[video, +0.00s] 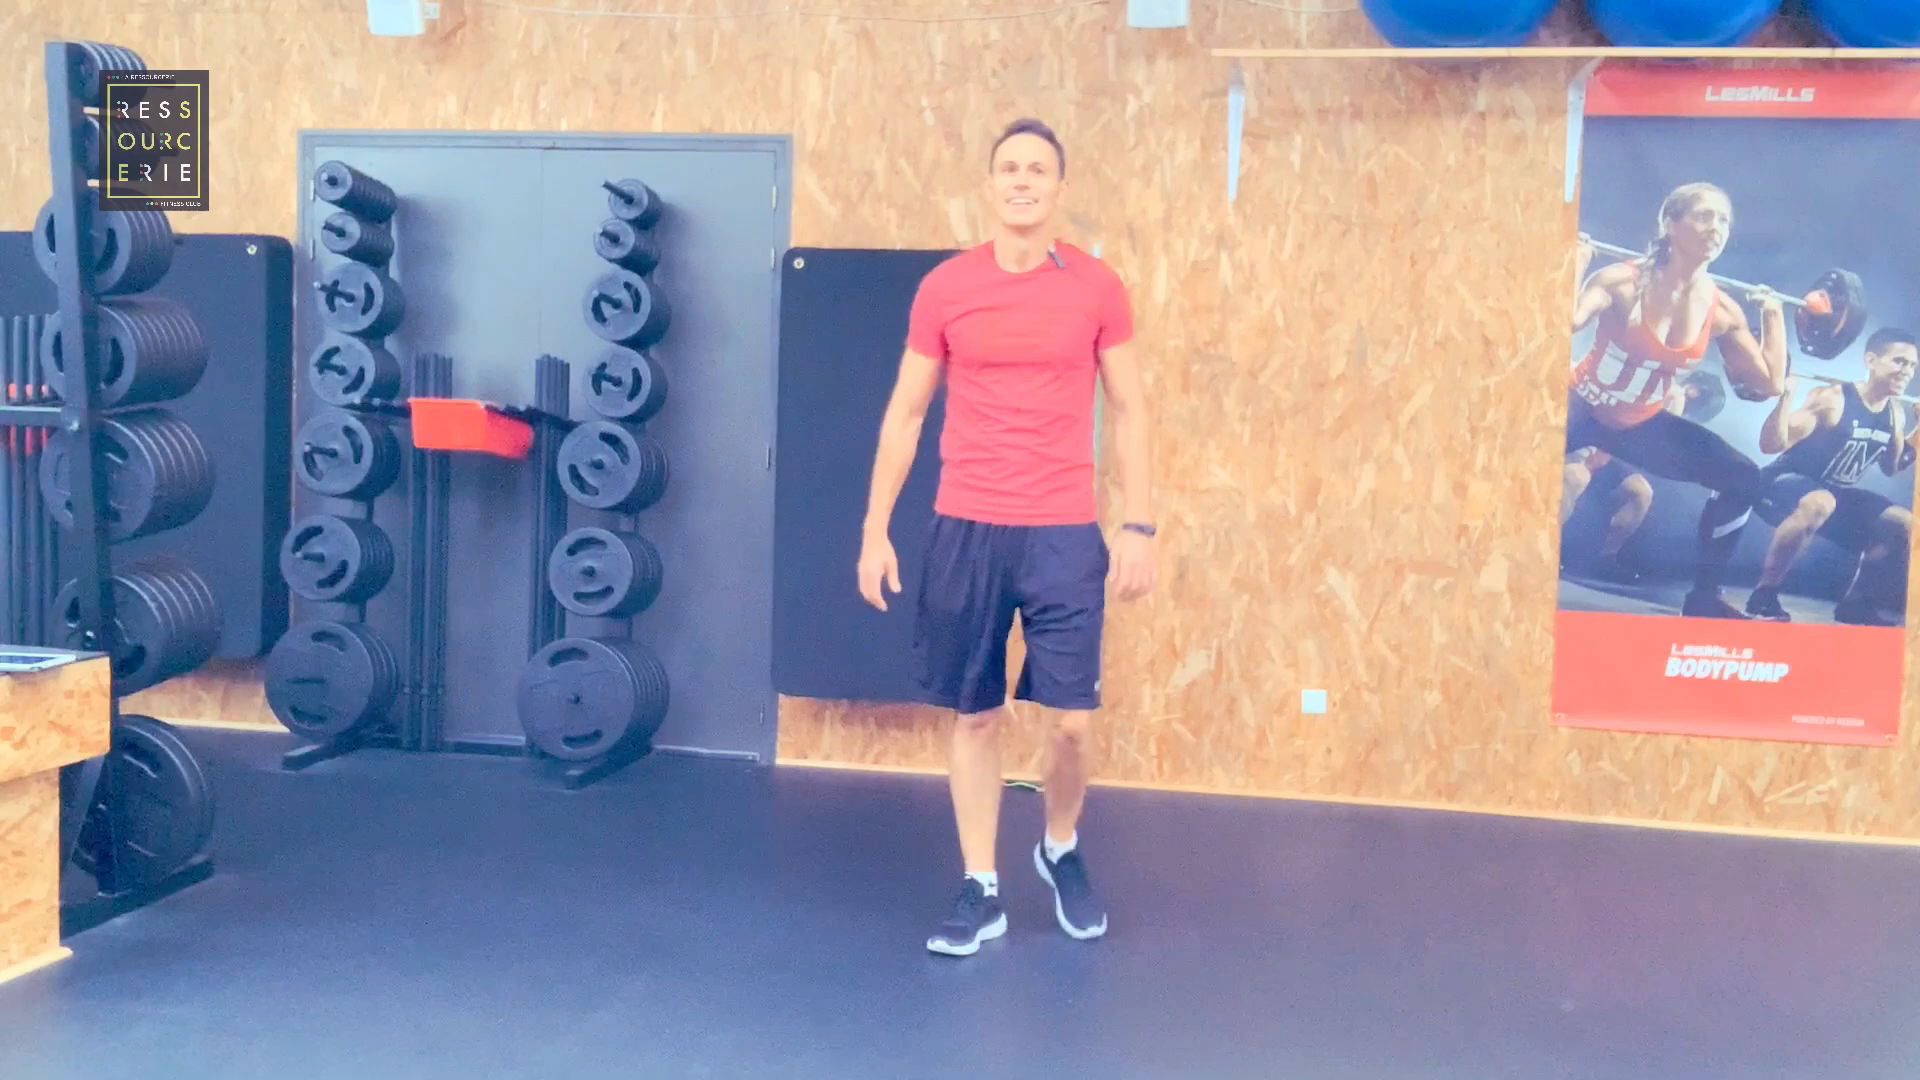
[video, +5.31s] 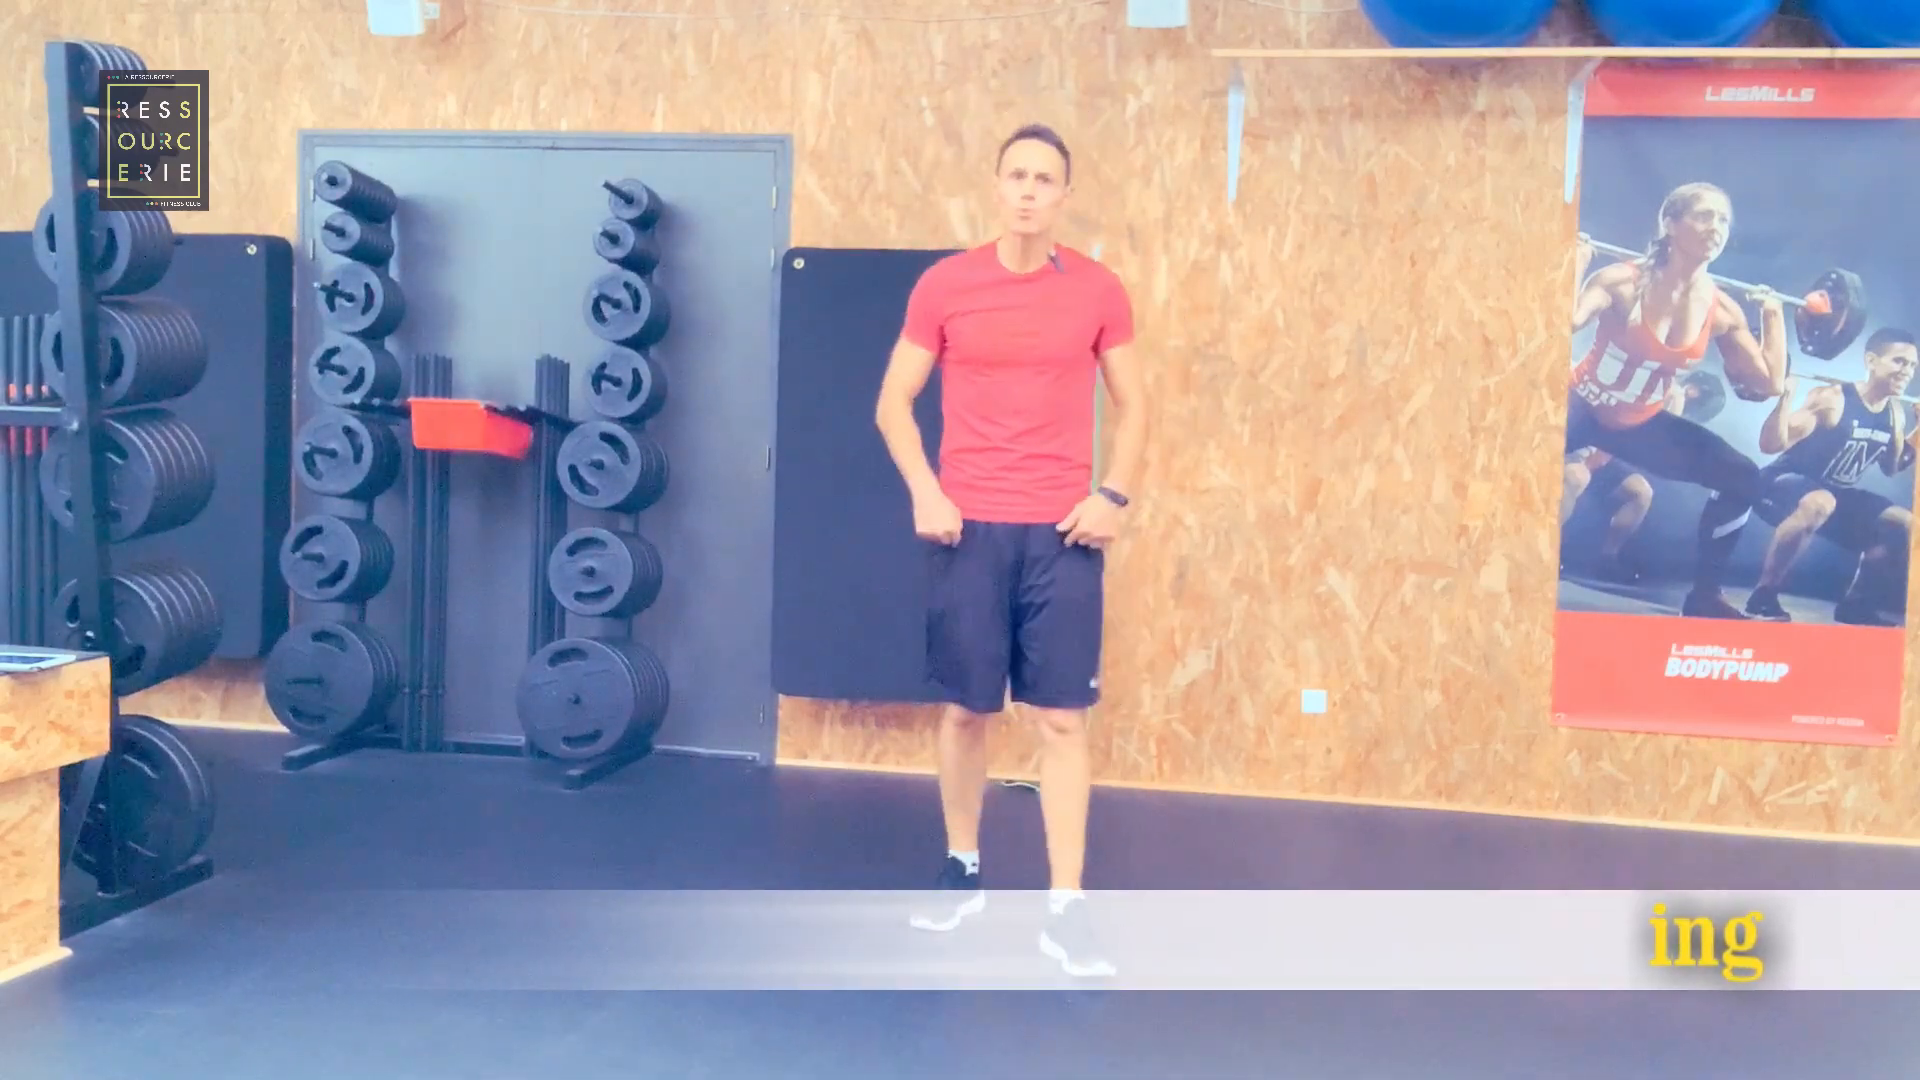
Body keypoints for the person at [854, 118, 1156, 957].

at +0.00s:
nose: (1020, 182)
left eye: (1036, 171)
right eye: (1008, 169)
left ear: (1062, 190)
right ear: (986, 187)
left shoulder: (1097, 287)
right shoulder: (945, 286)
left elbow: (1128, 409)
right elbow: (905, 412)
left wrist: (1137, 523)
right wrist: (875, 530)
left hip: (1066, 534)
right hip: (965, 531)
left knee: (1070, 721)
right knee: (975, 714)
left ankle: (1061, 850)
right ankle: (980, 888)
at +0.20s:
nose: (1032, 190)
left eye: (1047, 179)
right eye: (1021, 178)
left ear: (1072, 197)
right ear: (1002, 193)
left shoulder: (1109, 290)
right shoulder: (961, 290)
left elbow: (1157, 397)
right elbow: (910, 396)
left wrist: (1158, 431)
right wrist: (871, 470)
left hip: (1074, 531)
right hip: (979, 527)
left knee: (1069, 709)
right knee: (981, 706)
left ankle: (1059, 839)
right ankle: (979, 886)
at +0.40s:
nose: (1058, 201)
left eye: (1072, 190)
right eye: (1046, 189)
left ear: (1095, 205)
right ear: (1025, 203)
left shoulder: (1127, 291)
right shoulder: (983, 288)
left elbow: (1180, 393)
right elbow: (907, 390)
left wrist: (1180, 318)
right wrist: (877, 345)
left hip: (1092, 524)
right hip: (1003, 523)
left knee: (1067, 703)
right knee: (992, 704)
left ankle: (1053, 852)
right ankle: (978, 884)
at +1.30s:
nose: (999, 204)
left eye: (1013, 193)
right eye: (988, 192)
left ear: (1034, 208)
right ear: (968, 207)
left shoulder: (1069, 294)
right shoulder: (930, 287)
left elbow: (1116, 399)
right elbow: (855, 384)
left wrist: (1085, 346)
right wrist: (881, 391)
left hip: (1031, 513)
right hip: (942, 511)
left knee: (1041, 692)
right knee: (940, 685)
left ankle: (1049, 850)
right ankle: (937, 846)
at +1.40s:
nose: (983, 205)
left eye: (998, 194)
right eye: (972, 192)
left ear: (1019, 208)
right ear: (953, 204)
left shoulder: (1051, 296)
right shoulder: (916, 291)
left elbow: (1093, 401)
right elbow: (860, 396)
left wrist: (1055, 417)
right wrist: (871, 460)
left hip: (1017, 515)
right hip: (929, 513)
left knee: (1032, 694)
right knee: (935, 687)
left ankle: (1047, 844)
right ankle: (937, 846)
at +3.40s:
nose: (989, 153)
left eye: (1003, 141)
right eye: (972, 142)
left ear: (1029, 164)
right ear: (948, 166)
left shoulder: (1066, 270)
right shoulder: (907, 264)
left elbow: (1089, 395)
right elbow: (843, 393)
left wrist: (1107, 428)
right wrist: (892, 424)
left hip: (1037, 525)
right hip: (940, 524)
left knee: (1022, 730)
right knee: (942, 730)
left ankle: (979, 877)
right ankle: (942, 923)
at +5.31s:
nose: (1027, 191)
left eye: (1043, 180)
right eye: (1017, 177)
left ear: (1065, 197)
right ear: (994, 188)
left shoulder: (1096, 289)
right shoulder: (945, 283)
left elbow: (1132, 406)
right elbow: (892, 403)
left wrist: (1114, 496)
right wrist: (923, 490)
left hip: (1064, 529)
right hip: (969, 527)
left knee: (1061, 718)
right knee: (970, 711)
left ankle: (1065, 907)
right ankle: (959, 872)